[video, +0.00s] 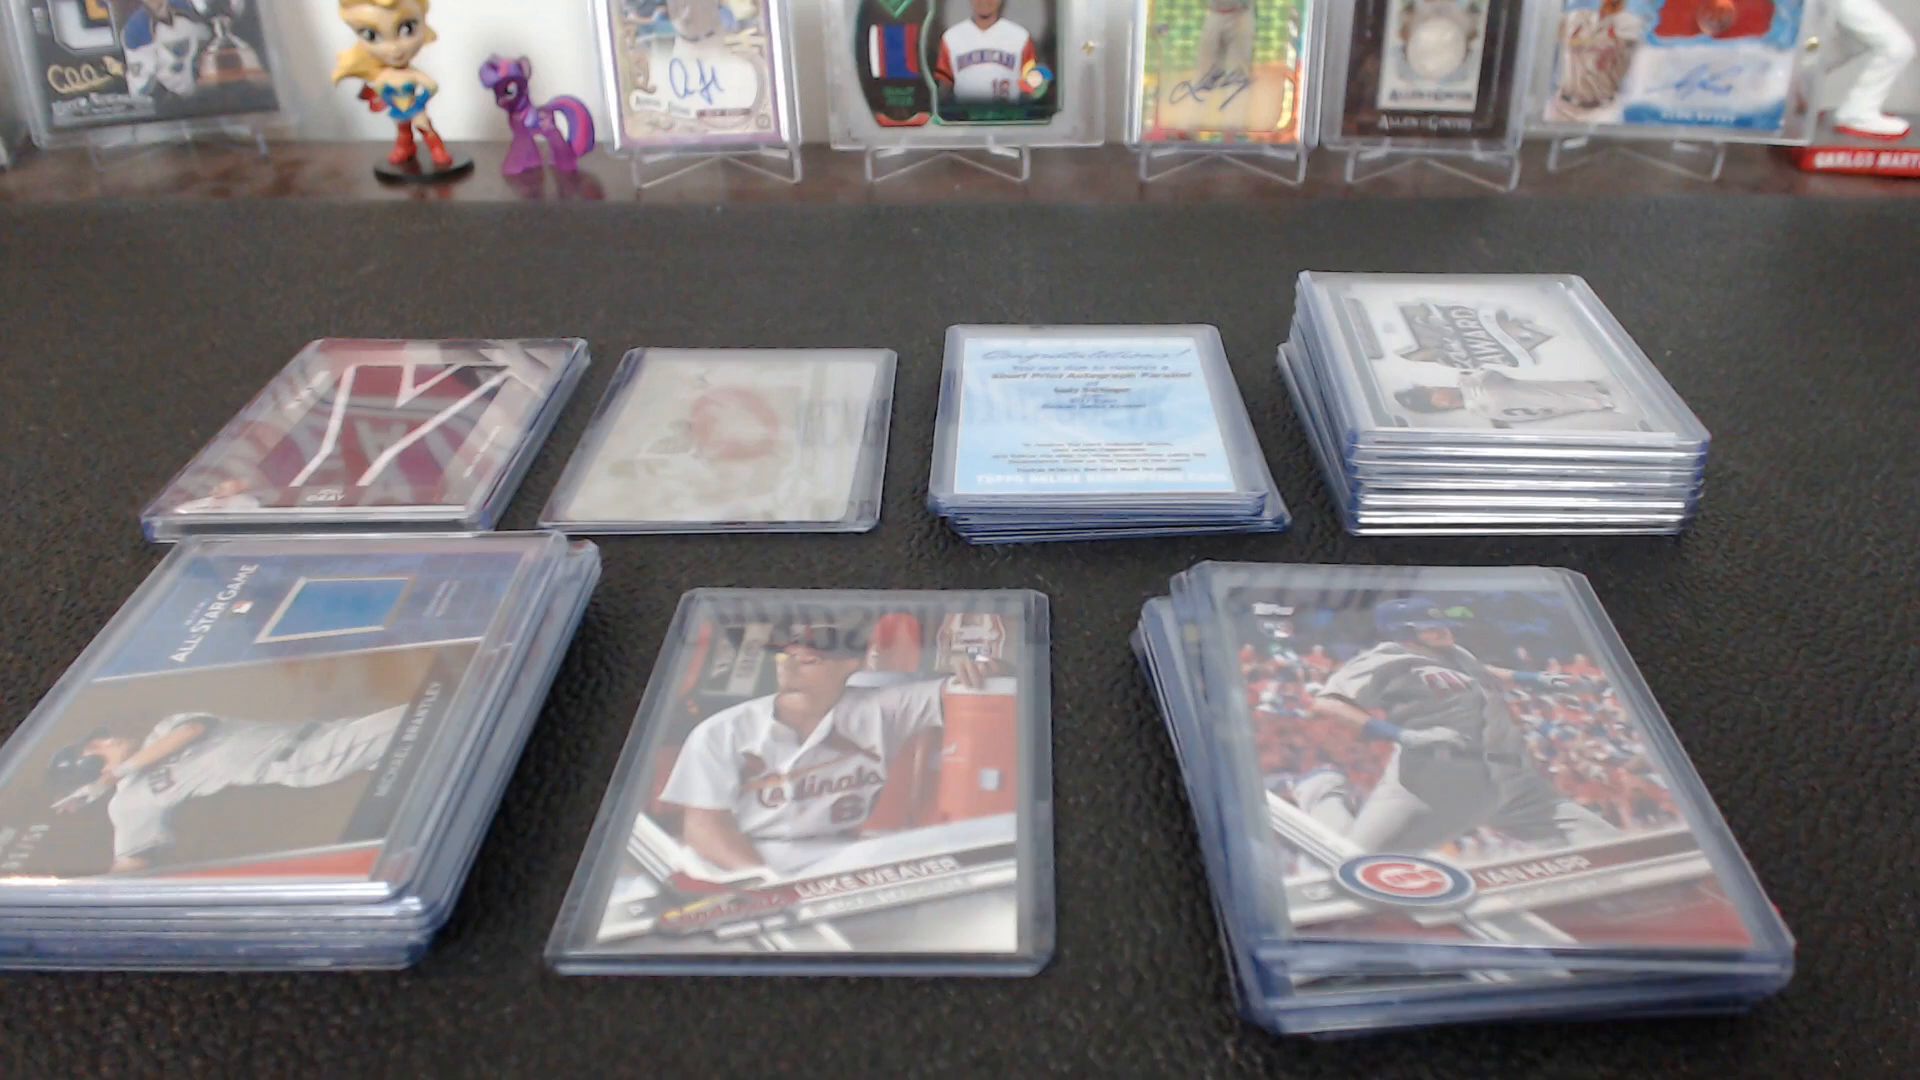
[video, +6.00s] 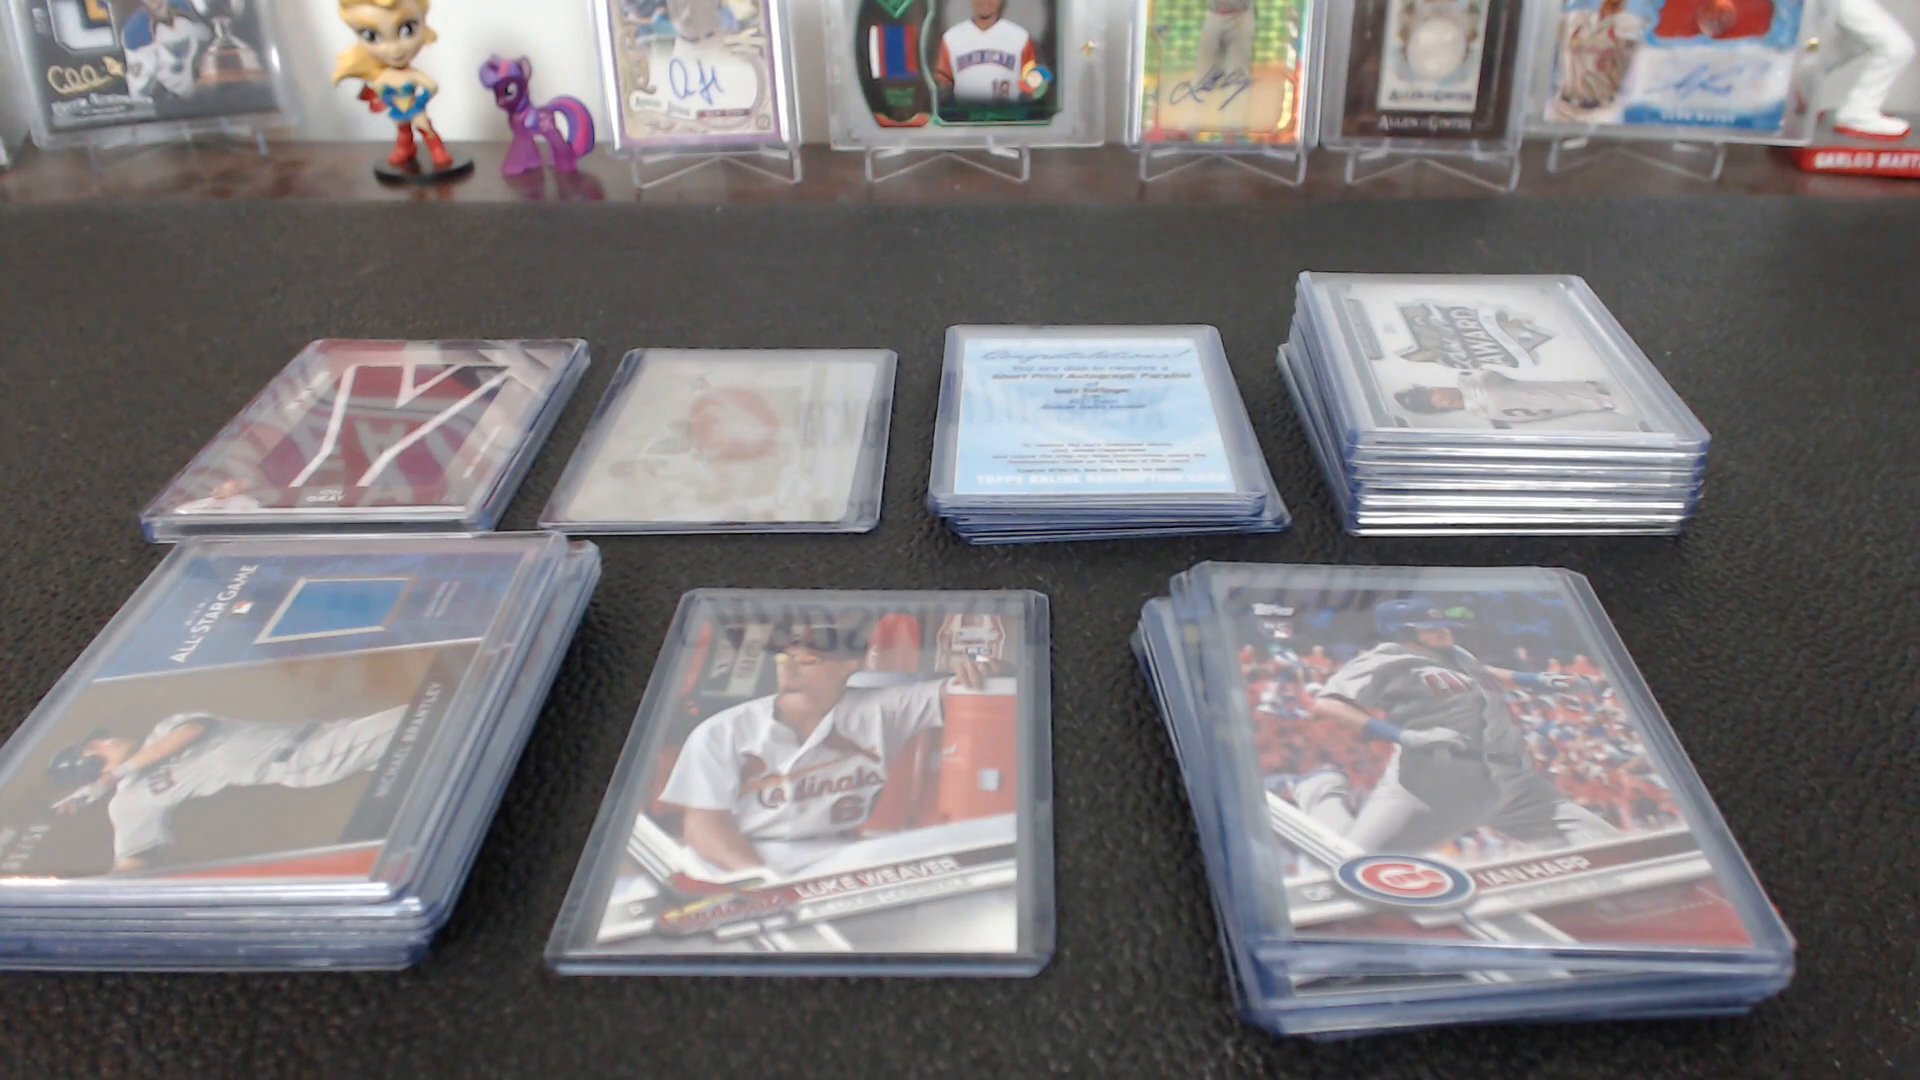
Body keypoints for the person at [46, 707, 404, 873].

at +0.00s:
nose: (109, 740)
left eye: (99, 740)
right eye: (99, 746)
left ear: (106, 743)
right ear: (100, 769)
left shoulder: (162, 728)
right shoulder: (131, 800)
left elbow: (195, 731)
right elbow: (129, 870)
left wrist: (116, 775)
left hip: (311, 730)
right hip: (298, 760)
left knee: (416, 719)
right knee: (414, 718)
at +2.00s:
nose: (109, 740)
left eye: (98, 740)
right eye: (99, 746)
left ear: (106, 742)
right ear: (100, 768)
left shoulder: (162, 727)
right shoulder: (131, 799)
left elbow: (193, 732)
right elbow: (130, 870)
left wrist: (116, 775)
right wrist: (80, 897)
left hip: (312, 731)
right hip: (299, 760)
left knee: (417, 719)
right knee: (414, 717)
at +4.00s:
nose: (110, 740)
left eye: (99, 739)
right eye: (100, 746)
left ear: (107, 742)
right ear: (100, 770)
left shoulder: (159, 727)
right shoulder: (131, 800)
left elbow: (192, 732)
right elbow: (130, 870)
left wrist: (115, 776)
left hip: (310, 732)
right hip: (298, 760)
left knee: (414, 721)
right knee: (412, 717)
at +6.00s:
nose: (111, 740)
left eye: (101, 739)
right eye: (101, 747)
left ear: (108, 742)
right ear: (100, 771)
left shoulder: (161, 729)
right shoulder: (131, 799)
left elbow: (193, 732)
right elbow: (129, 871)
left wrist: (119, 773)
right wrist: (82, 899)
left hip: (312, 733)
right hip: (299, 760)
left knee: (416, 722)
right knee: (414, 718)